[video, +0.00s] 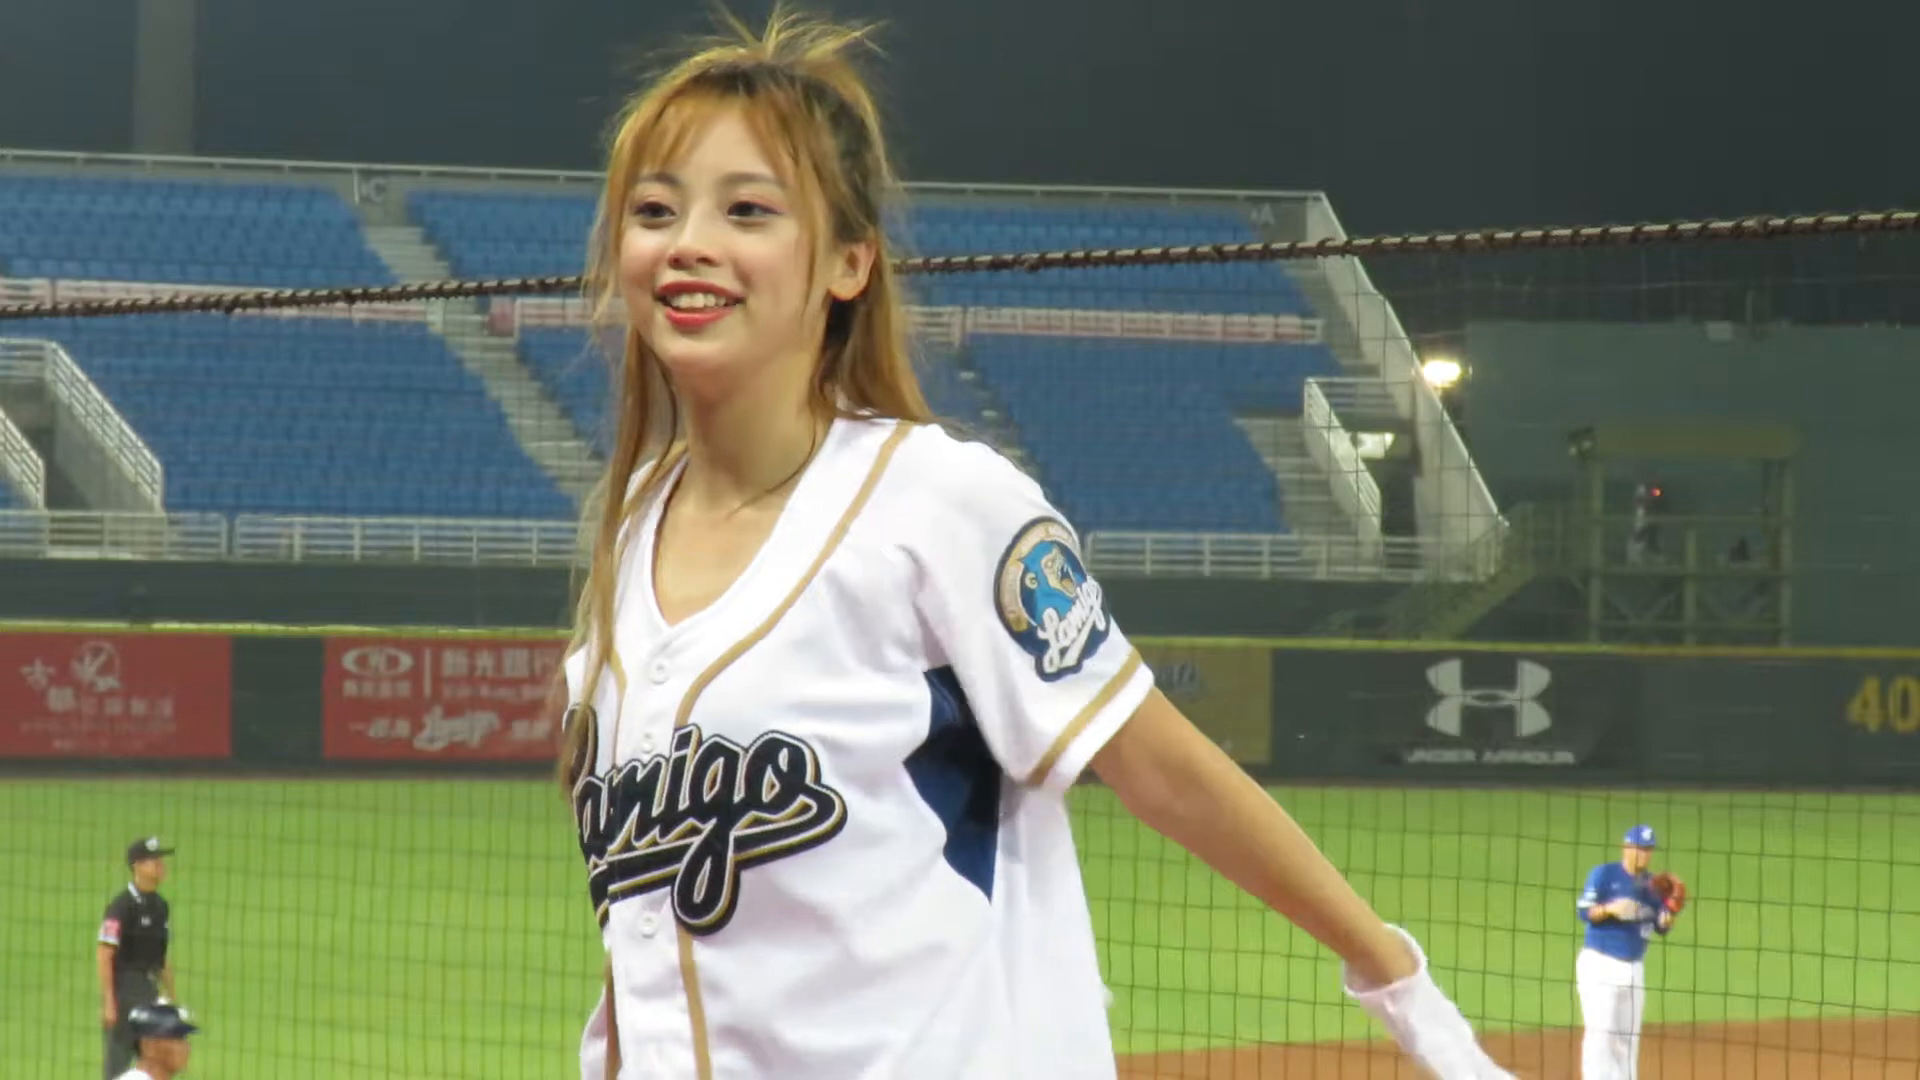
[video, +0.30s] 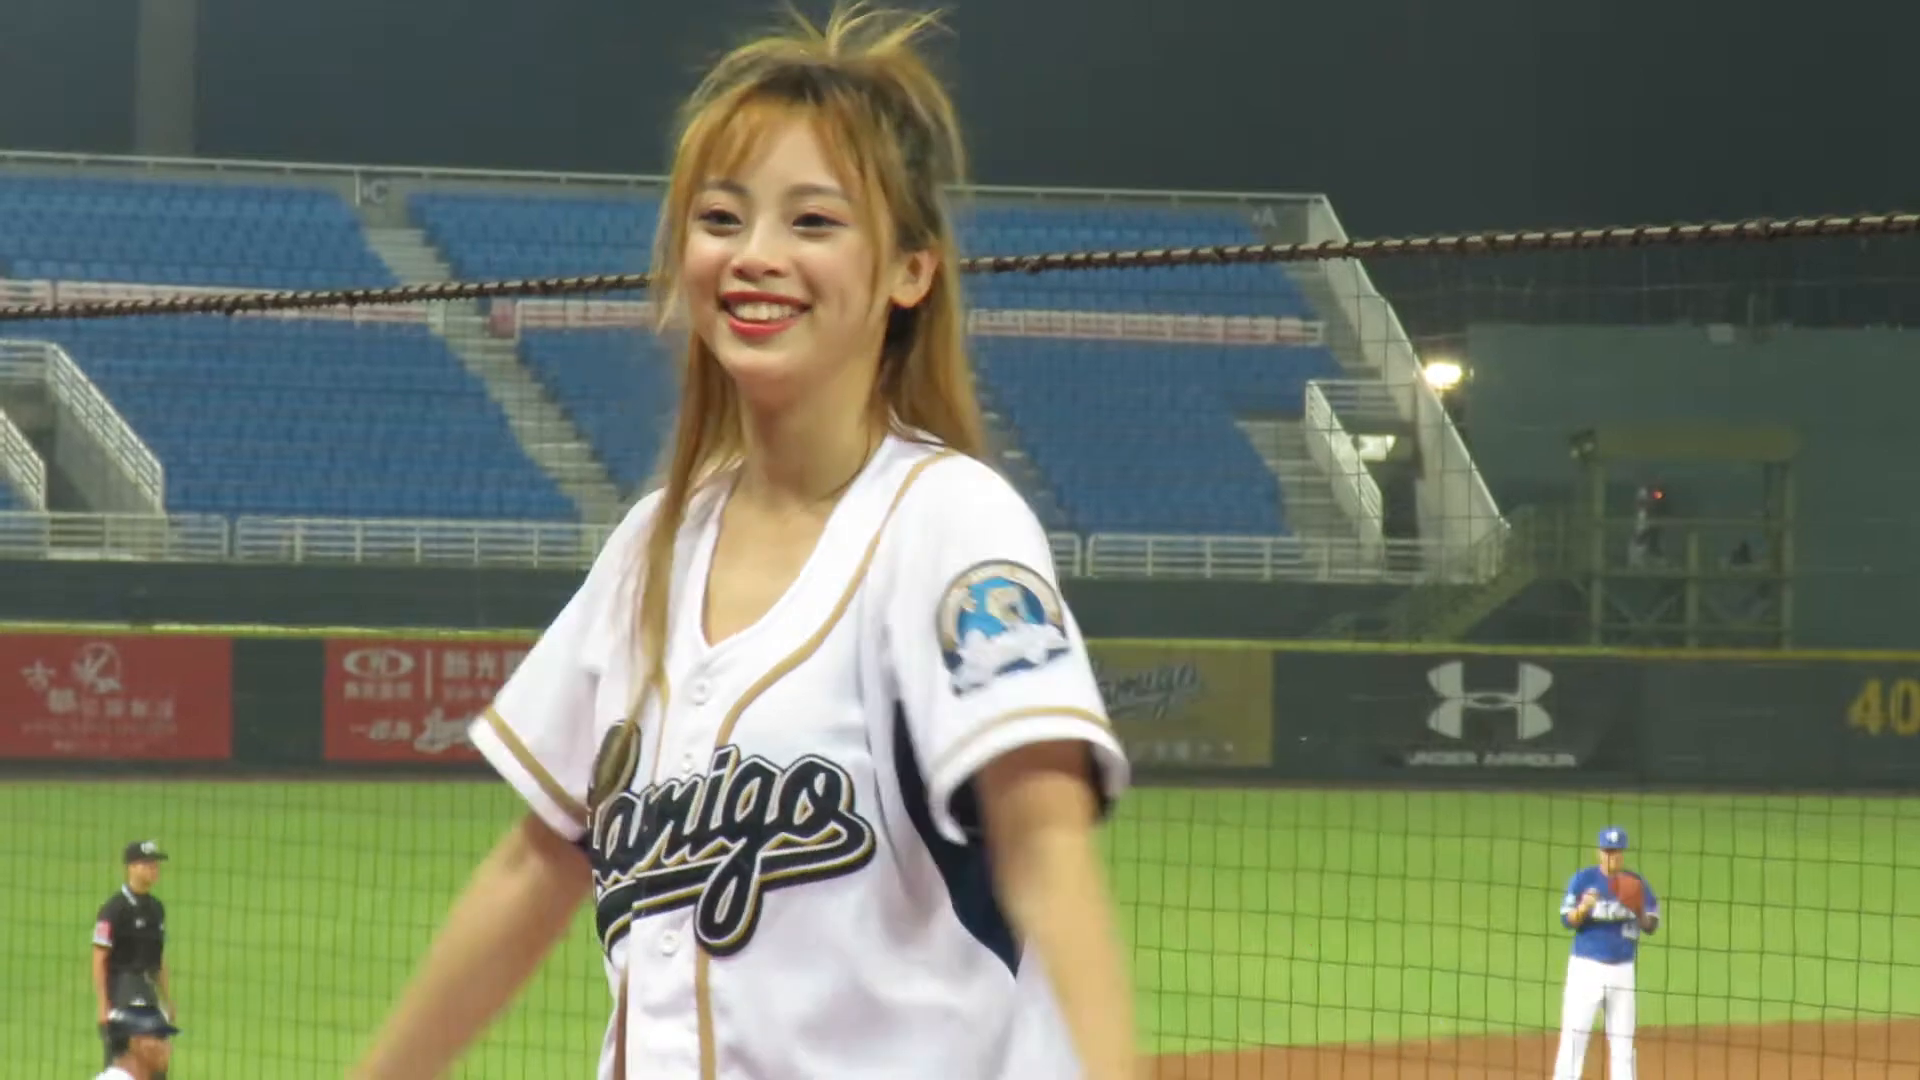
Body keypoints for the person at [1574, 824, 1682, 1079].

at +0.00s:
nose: (1643, 855)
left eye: (1648, 849)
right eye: (1639, 848)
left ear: (1652, 851)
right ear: (1627, 847)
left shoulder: (1653, 884)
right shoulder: (1604, 874)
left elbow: (1661, 927)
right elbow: (1585, 913)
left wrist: (1673, 905)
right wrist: (1611, 909)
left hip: (1632, 966)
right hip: (1599, 963)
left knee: (1629, 1034)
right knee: (1600, 1032)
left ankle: (1625, 1076)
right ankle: (1598, 1076)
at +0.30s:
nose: (1612, 857)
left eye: (1616, 852)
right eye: (1607, 852)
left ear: (1624, 853)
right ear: (1599, 852)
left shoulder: (1635, 882)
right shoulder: (1584, 879)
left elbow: (1652, 925)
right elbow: (1568, 920)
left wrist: (1636, 905)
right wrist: (1584, 908)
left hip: (1622, 968)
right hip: (1585, 966)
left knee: (1622, 1039)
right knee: (1574, 1035)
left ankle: (1623, 1078)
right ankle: (1565, 1077)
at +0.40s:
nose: (1596, 859)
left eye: (1600, 854)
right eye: (1591, 854)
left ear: (1610, 855)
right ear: (1585, 855)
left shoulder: (1627, 885)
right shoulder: (1571, 883)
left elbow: (1642, 924)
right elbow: (1557, 921)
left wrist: (1613, 915)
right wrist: (1579, 911)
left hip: (1614, 969)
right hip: (1578, 968)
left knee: (1619, 1037)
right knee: (1571, 1036)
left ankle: (1622, 1077)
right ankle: (1564, 1077)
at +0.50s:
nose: (1579, 860)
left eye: (1584, 854)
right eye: (1575, 854)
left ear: (1595, 853)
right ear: (1571, 855)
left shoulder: (1614, 883)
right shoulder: (1562, 882)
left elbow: (1632, 923)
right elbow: (1543, 922)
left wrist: (1595, 918)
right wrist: (1561, 916)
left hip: (1604, 970)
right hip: (1568, 970)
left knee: (1614, 1038)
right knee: (1565, 1039)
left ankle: (1622, 1077)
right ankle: (1561, 1077)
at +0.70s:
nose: (1545, 852)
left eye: (1550, 847)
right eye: (1546, 847)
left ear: (1564, 851)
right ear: (1558, 852)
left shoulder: (1593, 879)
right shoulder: (1545, 881)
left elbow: (1611, 916)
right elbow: (1531, 914)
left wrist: (1569, 919)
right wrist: (1538, 919)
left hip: (1587, 965)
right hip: (1553, 965)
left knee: (1600, 1033)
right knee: (1557, 1033)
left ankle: (1616, 1077)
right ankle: (1558, 1078)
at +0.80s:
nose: (1538, 851)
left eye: (1542, 846)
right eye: (1539, 846)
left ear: (1556, 850)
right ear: (1552, 850)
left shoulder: (1583, 877)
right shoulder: (1542, 879)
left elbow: (1600, 913)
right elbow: (1530, 909)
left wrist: (1557, 920)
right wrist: (1530, 920)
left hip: (1579, 962)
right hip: (1547, 962)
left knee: (1585, 1027)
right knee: (1552, 1028)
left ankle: (1604, 1076)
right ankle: (1558, 1076)